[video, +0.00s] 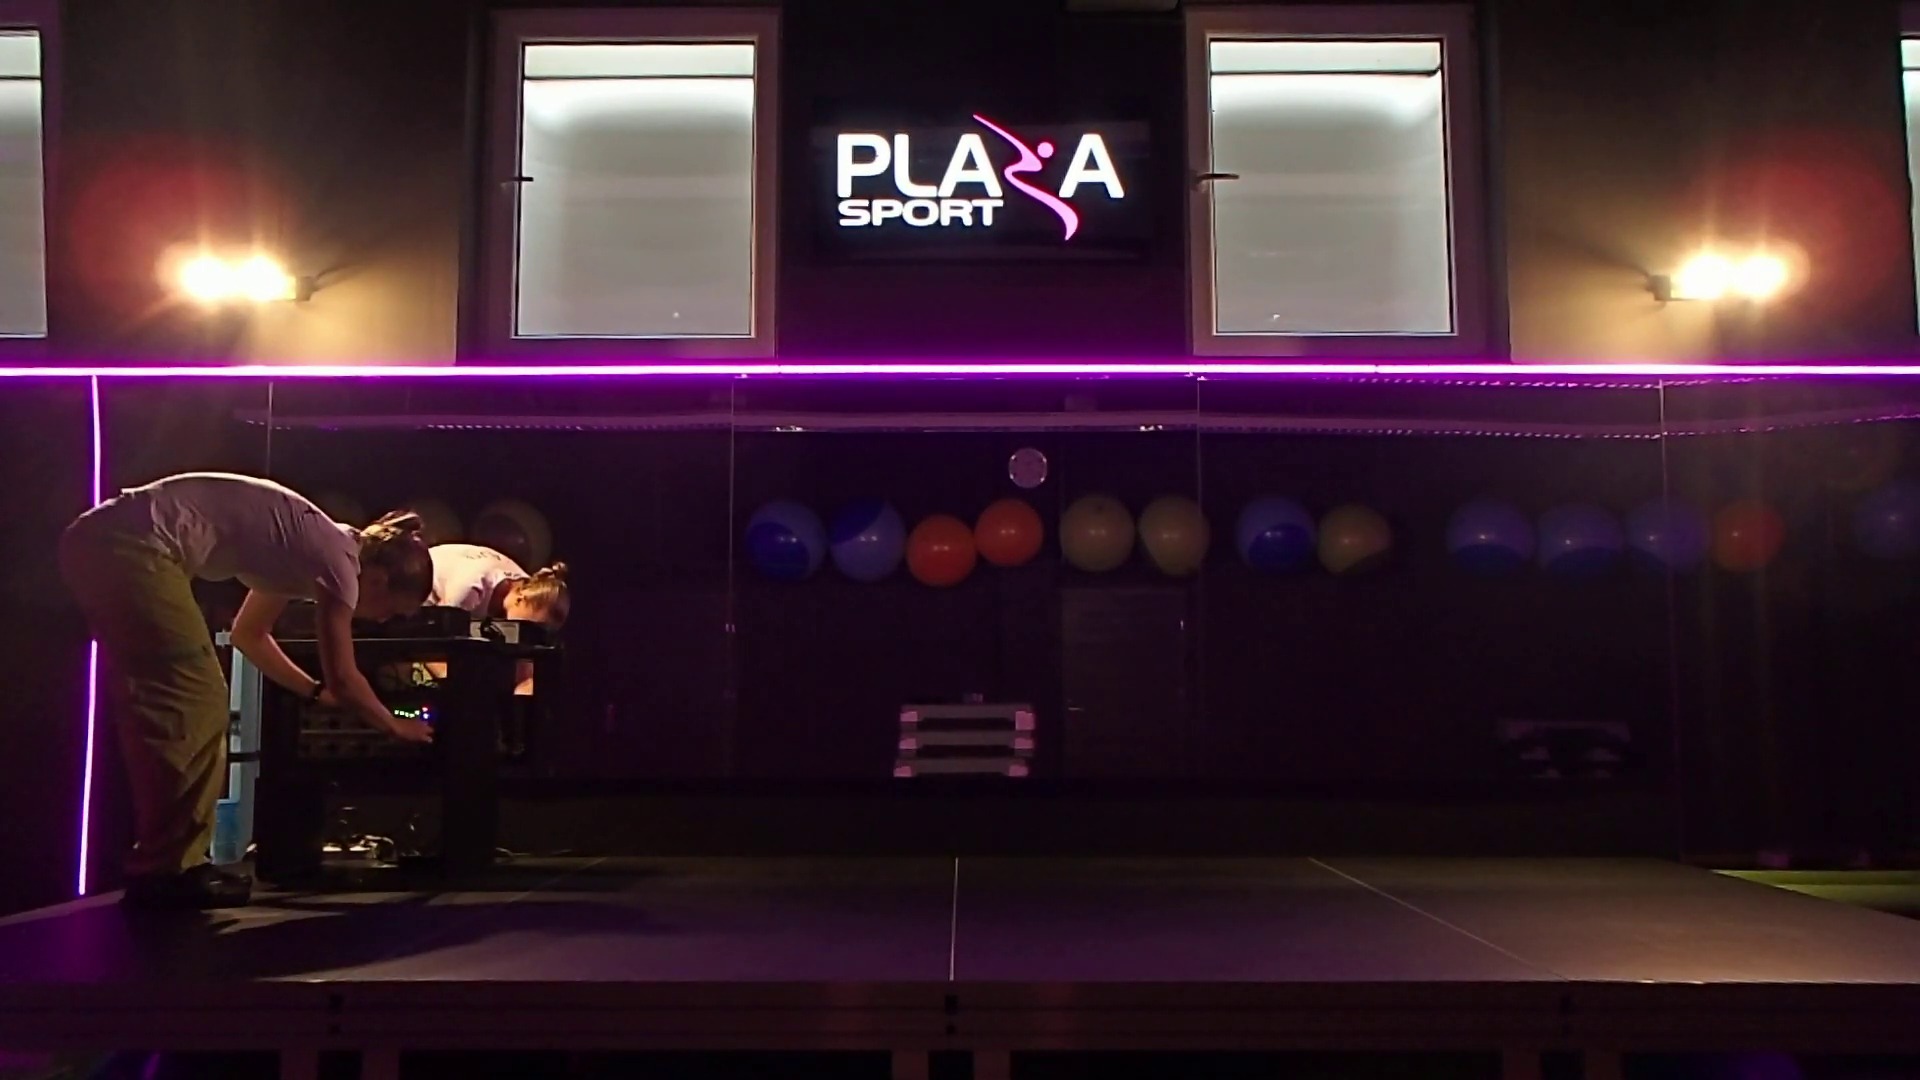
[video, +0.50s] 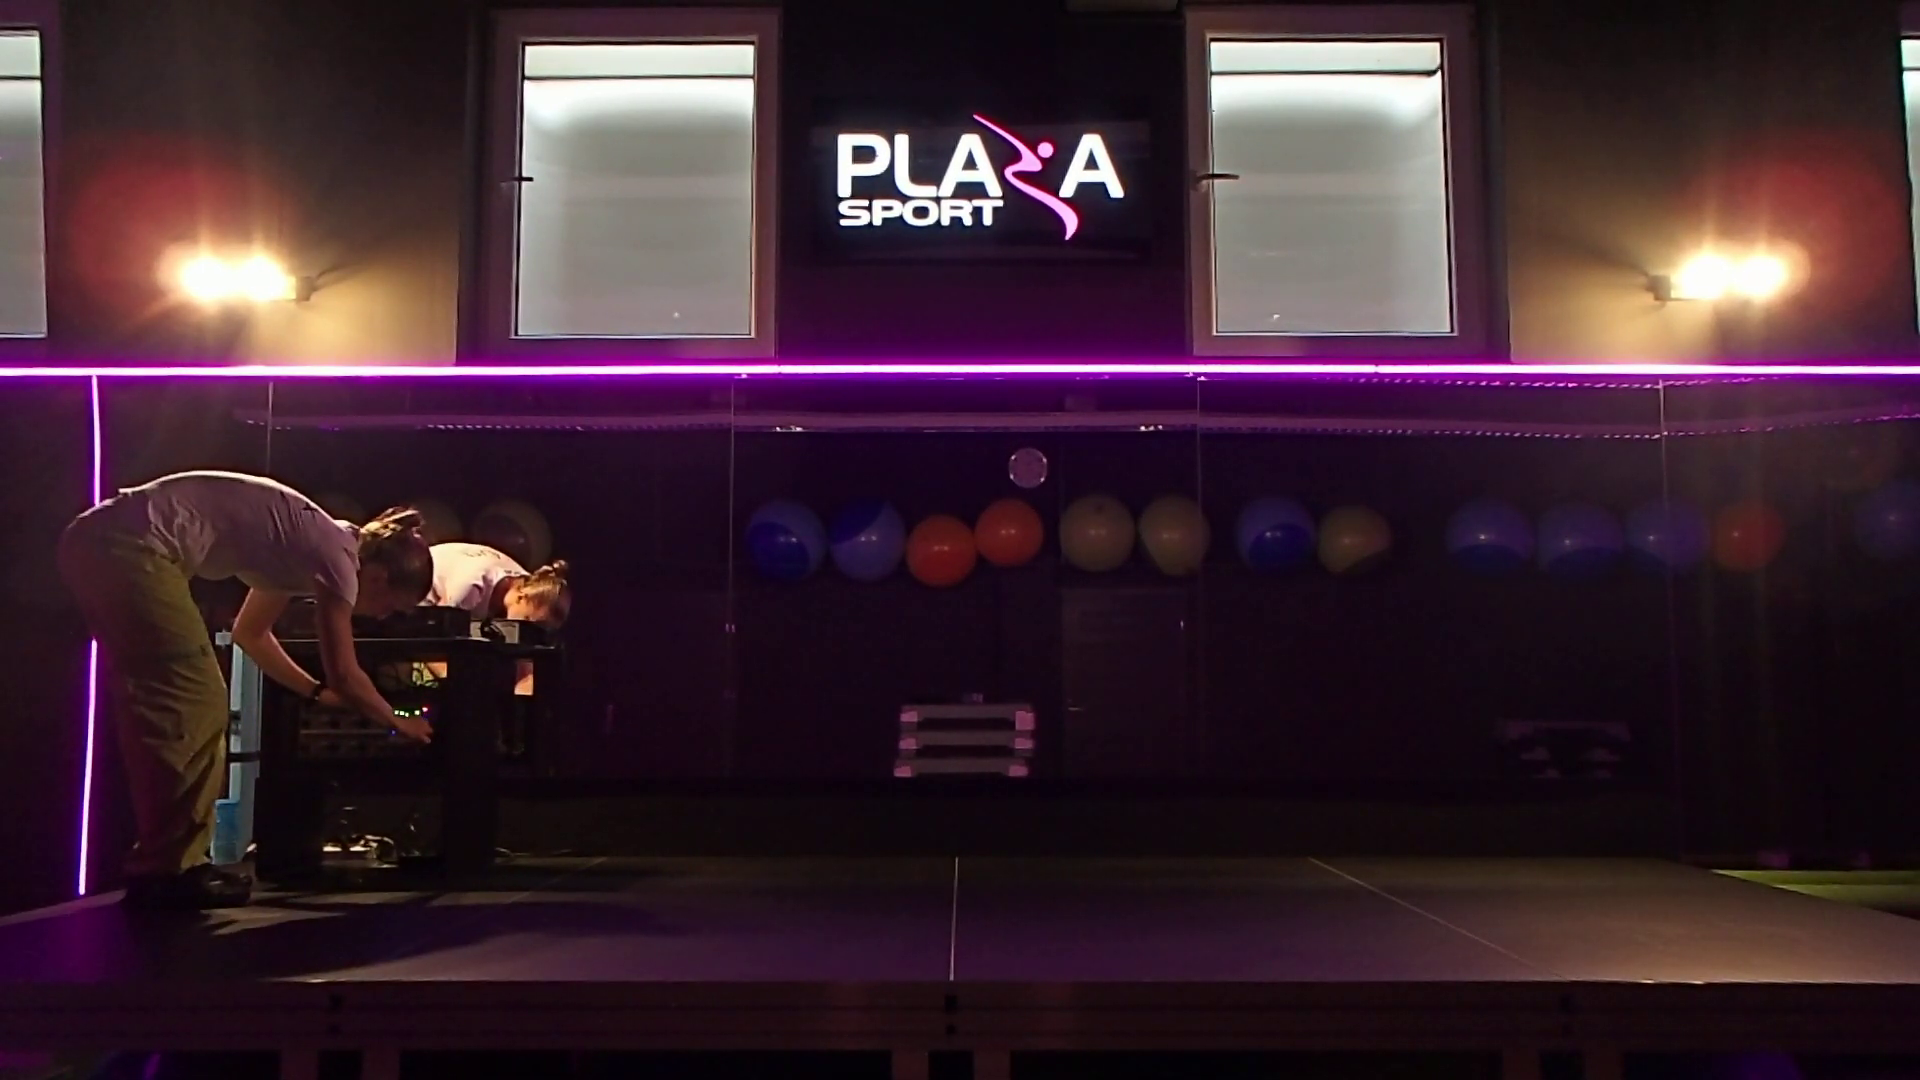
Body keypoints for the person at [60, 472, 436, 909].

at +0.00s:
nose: (380, 619)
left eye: (391, 615)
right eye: (390, 609)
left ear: (379, 571)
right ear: (380, 576)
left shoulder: (297, 552)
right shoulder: (338, 555)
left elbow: (248, 634)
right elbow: (342, 675)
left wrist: (314, 691)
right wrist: (394, 725)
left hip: (115, 543)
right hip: (132, 547)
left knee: (188, 697)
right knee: (197, 697)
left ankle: (168, 866)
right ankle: (169, 869)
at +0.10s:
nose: (380, 618)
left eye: (391, 615)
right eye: (389, 609)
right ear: (379, 576)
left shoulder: (297, 552)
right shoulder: (338, 556)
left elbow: (248, 633)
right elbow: (342, 674)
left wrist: (314, 690)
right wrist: (395, 725)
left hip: (112, 543)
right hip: (133, 547)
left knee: (179, 697)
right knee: (197, 697)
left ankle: (166, 866)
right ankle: (170, 869)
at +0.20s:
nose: (380, 618)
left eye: (391, 615)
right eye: (389, 609)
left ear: (379, 570)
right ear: (379, 576)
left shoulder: (299, 551)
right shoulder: (338, 555)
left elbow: (248, 633)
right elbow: (342, 674)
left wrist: (314, 690)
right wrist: (395, 725)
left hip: (113, 542)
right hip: (132, 547)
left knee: (186, 697)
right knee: (197, 698)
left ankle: (169, 865)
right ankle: (170, 868)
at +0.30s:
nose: (379, 618)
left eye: (391, 614)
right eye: (389, 608)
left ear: (380, 569)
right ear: (380, 575)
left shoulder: (296, 551)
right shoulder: (337, 554)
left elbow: (248, 633)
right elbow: (342, 673)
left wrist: (314, 690)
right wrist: (396, 724)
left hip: (110, 542)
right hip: (132, 548)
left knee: (173, 696)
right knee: (196, 698)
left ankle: (166, 865)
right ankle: (171, 868)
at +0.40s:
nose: (379, 617)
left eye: (391, 613)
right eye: (389, 607)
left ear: (381, 569)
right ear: (380, 575)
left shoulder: (297, 549)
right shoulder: (337, 553)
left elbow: (249, 633)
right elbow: (343, 672)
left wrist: (315, 690)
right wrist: (398, 724)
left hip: (112, 543)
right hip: (132, 547)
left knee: (180, 697)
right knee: (197, 698)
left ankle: (167, 865)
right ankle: (169, 869)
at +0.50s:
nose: (378, 615)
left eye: (390, 611)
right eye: (388, 605)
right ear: (381, 574)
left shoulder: (296, 549)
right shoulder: (336, 551)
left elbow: (249, 632)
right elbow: (344, 672)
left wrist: (315, 691)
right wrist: (398, 722)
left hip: (111, 542)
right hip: (132, 547)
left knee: (181, 699)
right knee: (196, 700)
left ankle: (167, 866)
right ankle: (170, 869)